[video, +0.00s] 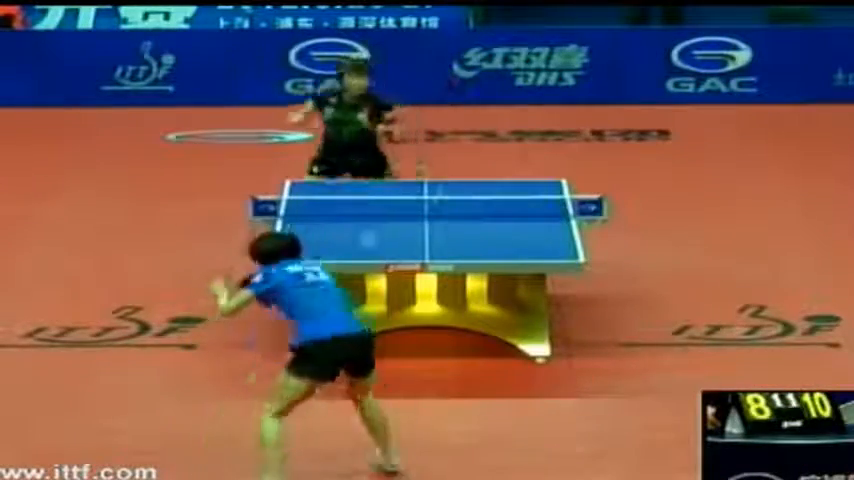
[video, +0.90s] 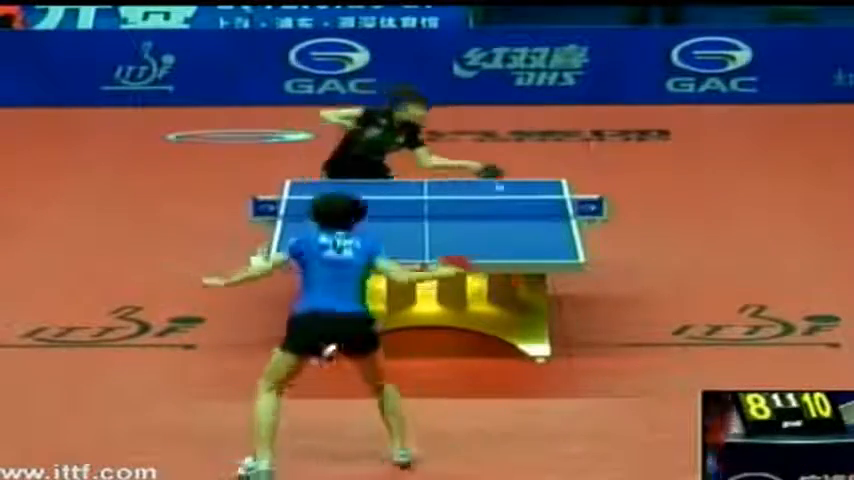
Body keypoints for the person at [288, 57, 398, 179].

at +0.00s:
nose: (357, 84)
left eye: (361, 79)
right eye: (353, 78)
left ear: (367, 81)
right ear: (343, 80)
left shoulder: (372, 103)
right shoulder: (329, 100)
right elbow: (310, 107)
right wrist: (300, 116)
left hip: (366, 157)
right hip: (332, 157)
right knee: (312, 189)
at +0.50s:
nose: (359, 92)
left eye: (363, 87)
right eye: (355, 87)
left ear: (369, 90)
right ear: (346, 88)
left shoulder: (375, 110)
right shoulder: (326, 102)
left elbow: (393, 132)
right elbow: (290, 120)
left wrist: (392, 141)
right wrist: (309, 131)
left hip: (351, 150)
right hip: (318, 149)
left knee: (364, 193)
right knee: (304, 193)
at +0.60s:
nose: (360, 97)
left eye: (364, 92)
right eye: (356, 91)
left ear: (370, 95)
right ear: (346, 92)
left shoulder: (372, 116)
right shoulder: (324, 107)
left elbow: (388, 139)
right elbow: (284, 126)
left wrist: (392, 150)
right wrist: (304, 135)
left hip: (349, 164)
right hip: (315, 163)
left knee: (364, 206)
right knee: (299, 207)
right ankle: (268, 249)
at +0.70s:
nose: (367, 106)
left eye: (371, 101)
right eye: (363, 100)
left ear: (374, 103)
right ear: (352, 100)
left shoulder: (373, 125)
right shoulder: (328, 114)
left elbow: (389, 157)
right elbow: (283, 129)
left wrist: (414, 165)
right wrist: (309, 140)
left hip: (346, 168)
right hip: (312, 168)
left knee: (378, 190)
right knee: (295, 208)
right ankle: (268, 252)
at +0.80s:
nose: (385, 111)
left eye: (387, 107)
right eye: (381, 106)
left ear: (386, 109)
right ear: (367, 104)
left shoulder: (383, 129)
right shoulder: (340, 117)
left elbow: (398, 159)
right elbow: (293, 125)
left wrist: (431, 166)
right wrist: (319, 135)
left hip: (350, 168)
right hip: (319, 168)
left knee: (386, 190)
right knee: (313, 208)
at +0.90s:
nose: (421, 116)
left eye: (422, 111)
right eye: (417, 110)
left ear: (416, 113)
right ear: (402, 108)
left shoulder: (411, 132)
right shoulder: (373, 116)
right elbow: (326, 115)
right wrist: (349, 123)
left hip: (373, 170)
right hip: (341, 167)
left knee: (399, 206)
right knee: (332, 208)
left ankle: (410, 255)